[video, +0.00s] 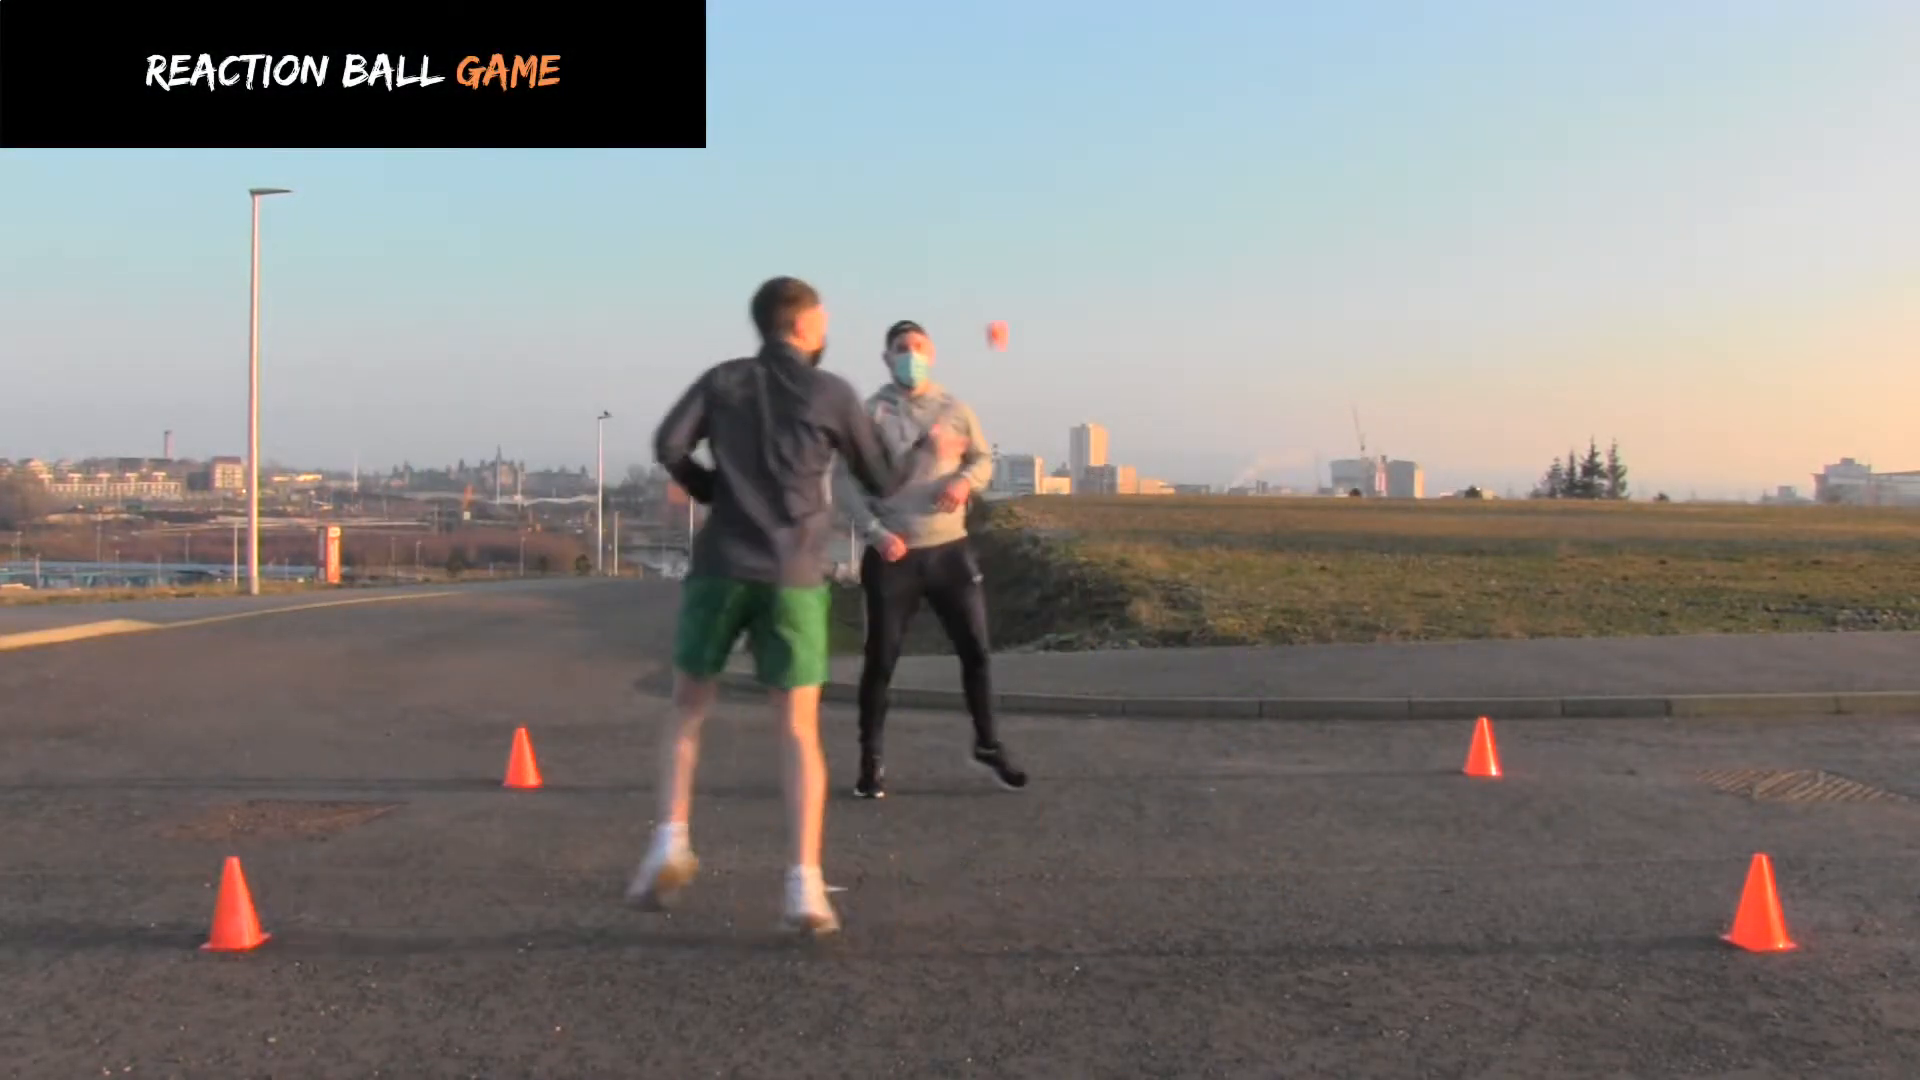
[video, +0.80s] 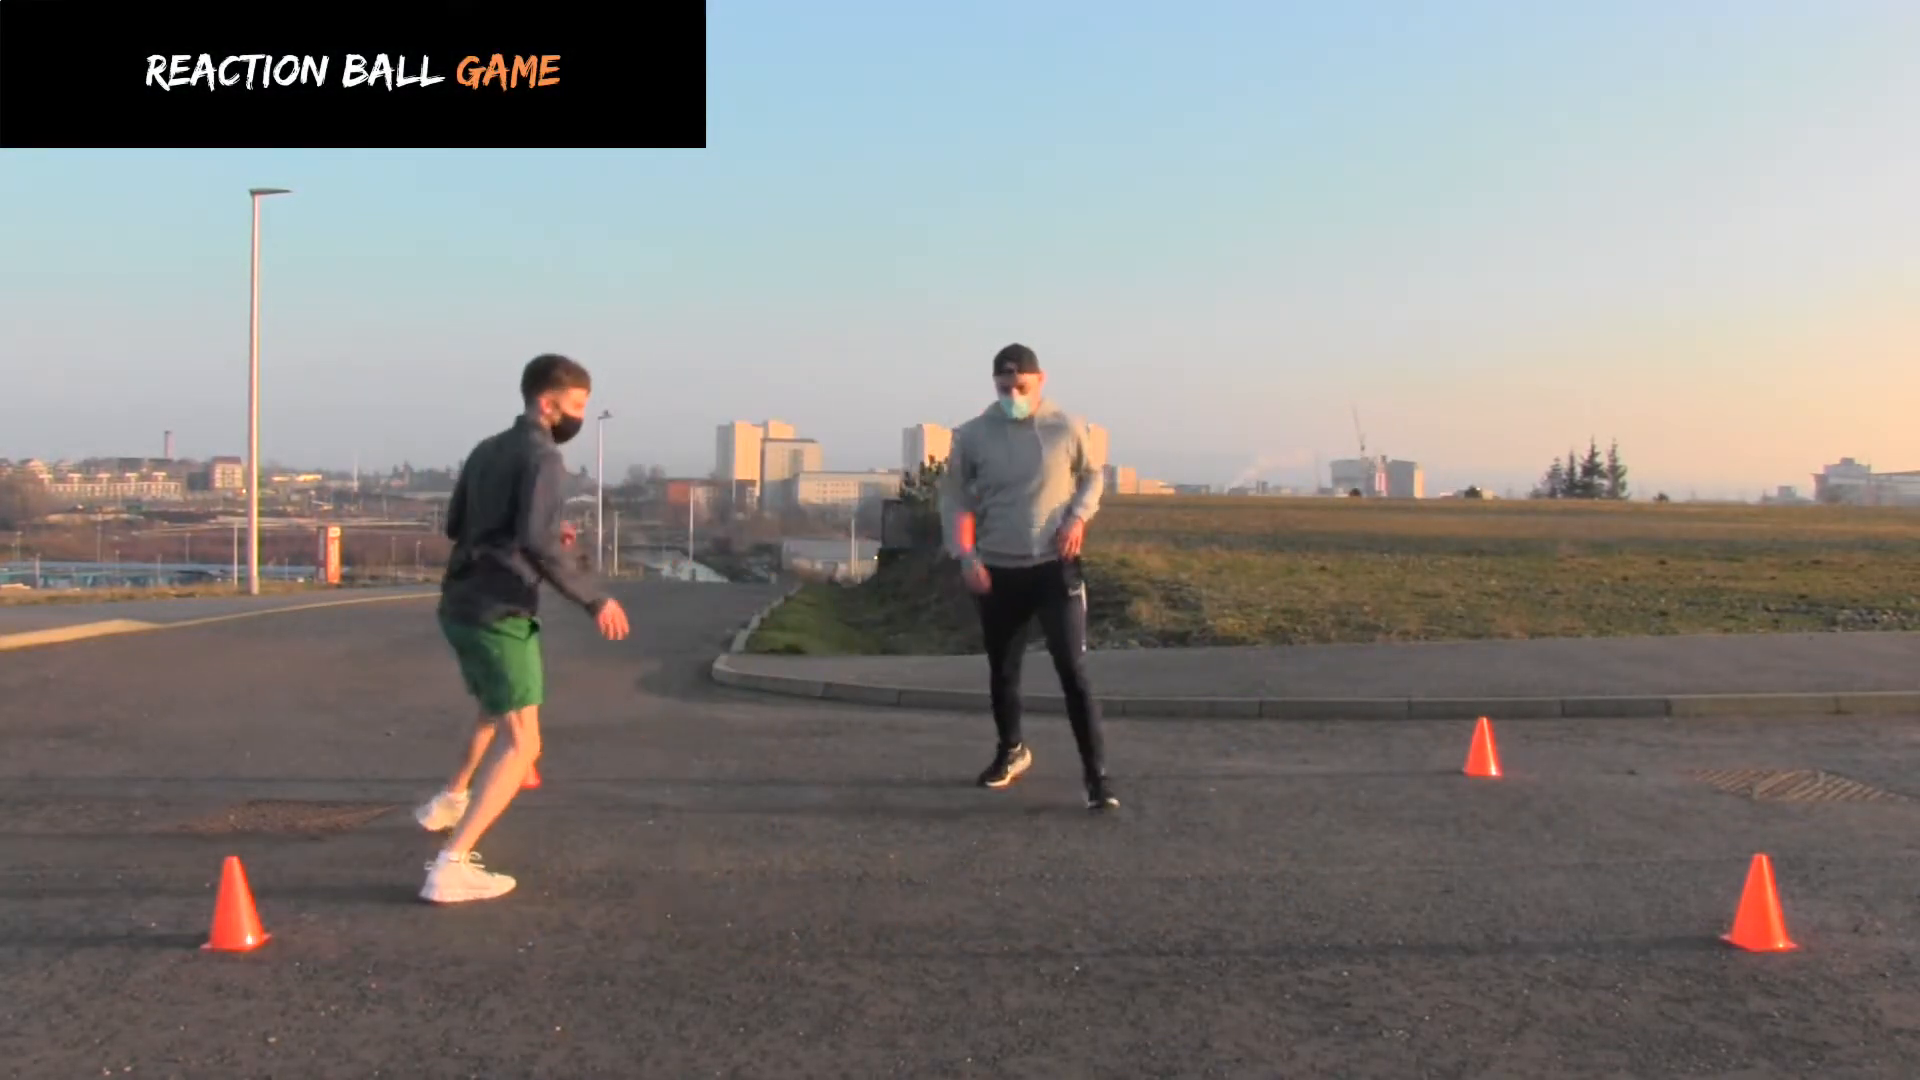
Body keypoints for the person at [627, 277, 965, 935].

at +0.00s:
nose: (825, 324)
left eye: (819, 313)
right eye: (819, 313)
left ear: (766, 324)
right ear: (802, 323)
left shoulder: (722, 381)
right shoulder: (832, 394)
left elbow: (668, 449)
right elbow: (883, 480)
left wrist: (716, 490)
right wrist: (930, 444)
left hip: (719, 569)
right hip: (796, 577)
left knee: (688, 708)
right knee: (800, 728)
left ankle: (671, 838)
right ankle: (806, 880)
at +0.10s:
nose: (780, 341)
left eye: (775, 329)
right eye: (772, 331)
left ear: (720, 345)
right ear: (752, 342)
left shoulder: (679, 406)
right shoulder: (789, 412)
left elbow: (628, 477)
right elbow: (833, 500)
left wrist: (677, 518)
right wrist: (879, 487)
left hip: (685, 590)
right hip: (762, 599)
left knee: (643, 722)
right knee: (760, 748)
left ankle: (594, 865)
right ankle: (755, 909)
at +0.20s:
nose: (712, 380)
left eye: (706, 369)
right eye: (704, 371)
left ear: (655, 388)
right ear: (684, 384)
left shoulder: (619, 450)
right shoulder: (718, 450)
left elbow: (574, 527)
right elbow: (737, 545)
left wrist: (632, 551)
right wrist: (797, 564)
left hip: (626, 631)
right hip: (701, 636)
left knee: (576, 759)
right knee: (723, 781)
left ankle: (497, 886)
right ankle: (743, 925)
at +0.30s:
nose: (678, 392)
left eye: (674, 381)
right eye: (669, 383)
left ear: (618, 392)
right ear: (643, 390)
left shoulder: (574, 451)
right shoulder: (669, 455)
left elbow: (544, 537)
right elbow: (672, 543)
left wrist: (605, 553)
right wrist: (743, 579)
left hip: (574, 631)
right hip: (647, 634)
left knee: (543, 760)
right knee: (687, 771)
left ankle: (480, 892)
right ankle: (728, 905)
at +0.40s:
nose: (641, 360)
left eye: (638, 348)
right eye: (633, 349)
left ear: (586, 357)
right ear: (606, 355)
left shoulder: (542, 414)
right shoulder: (620, 417)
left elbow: (505, 490)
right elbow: (616, 503)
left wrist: (566, 510)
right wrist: (685, 544)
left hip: (532, 598)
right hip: (597, 601)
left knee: (522, 735)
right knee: (638, 733)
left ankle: (477, 875)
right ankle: (618, 855)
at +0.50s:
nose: (627, 342)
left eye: (626, 331)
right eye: (621, 331)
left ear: (572, 332)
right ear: (594, 331)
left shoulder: (527, 389)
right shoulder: (600, 391)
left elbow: (486, 463)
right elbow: (594, 476)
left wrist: (547, 491)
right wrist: (659, 527)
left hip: (515, 570)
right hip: (576, 573)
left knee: (521, 706)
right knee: (607, 708)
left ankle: (469, 831)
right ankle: (542, 844)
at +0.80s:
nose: (582, 418)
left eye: (585, 407)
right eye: (577, 406)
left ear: (535, 402)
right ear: (547, 400)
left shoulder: (487, 450)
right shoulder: (544, 456)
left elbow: (458, 525)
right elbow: (537, 540)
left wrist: (539, 535)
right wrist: (597, 599)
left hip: (461, 605)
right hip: (501, 613)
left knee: (496, 712)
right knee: (523, 743)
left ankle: (451, 801)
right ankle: (452, 865)